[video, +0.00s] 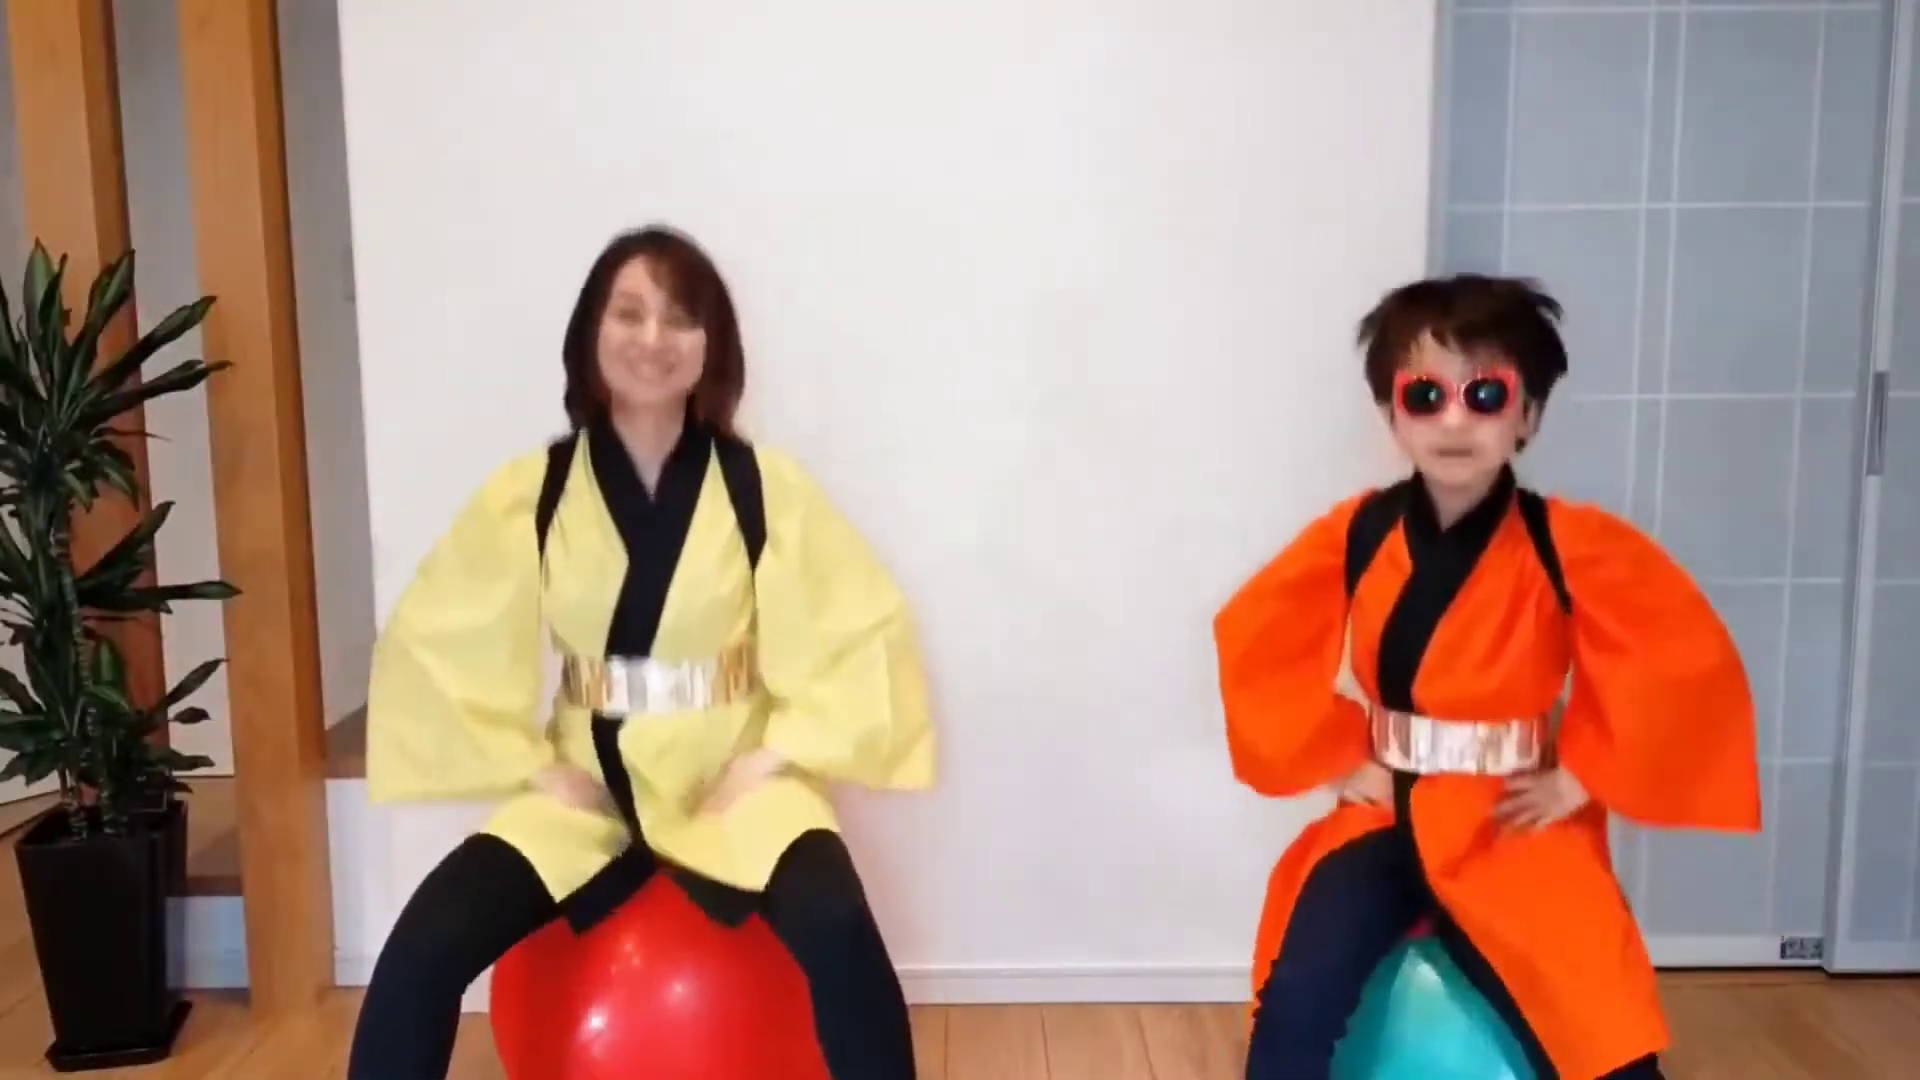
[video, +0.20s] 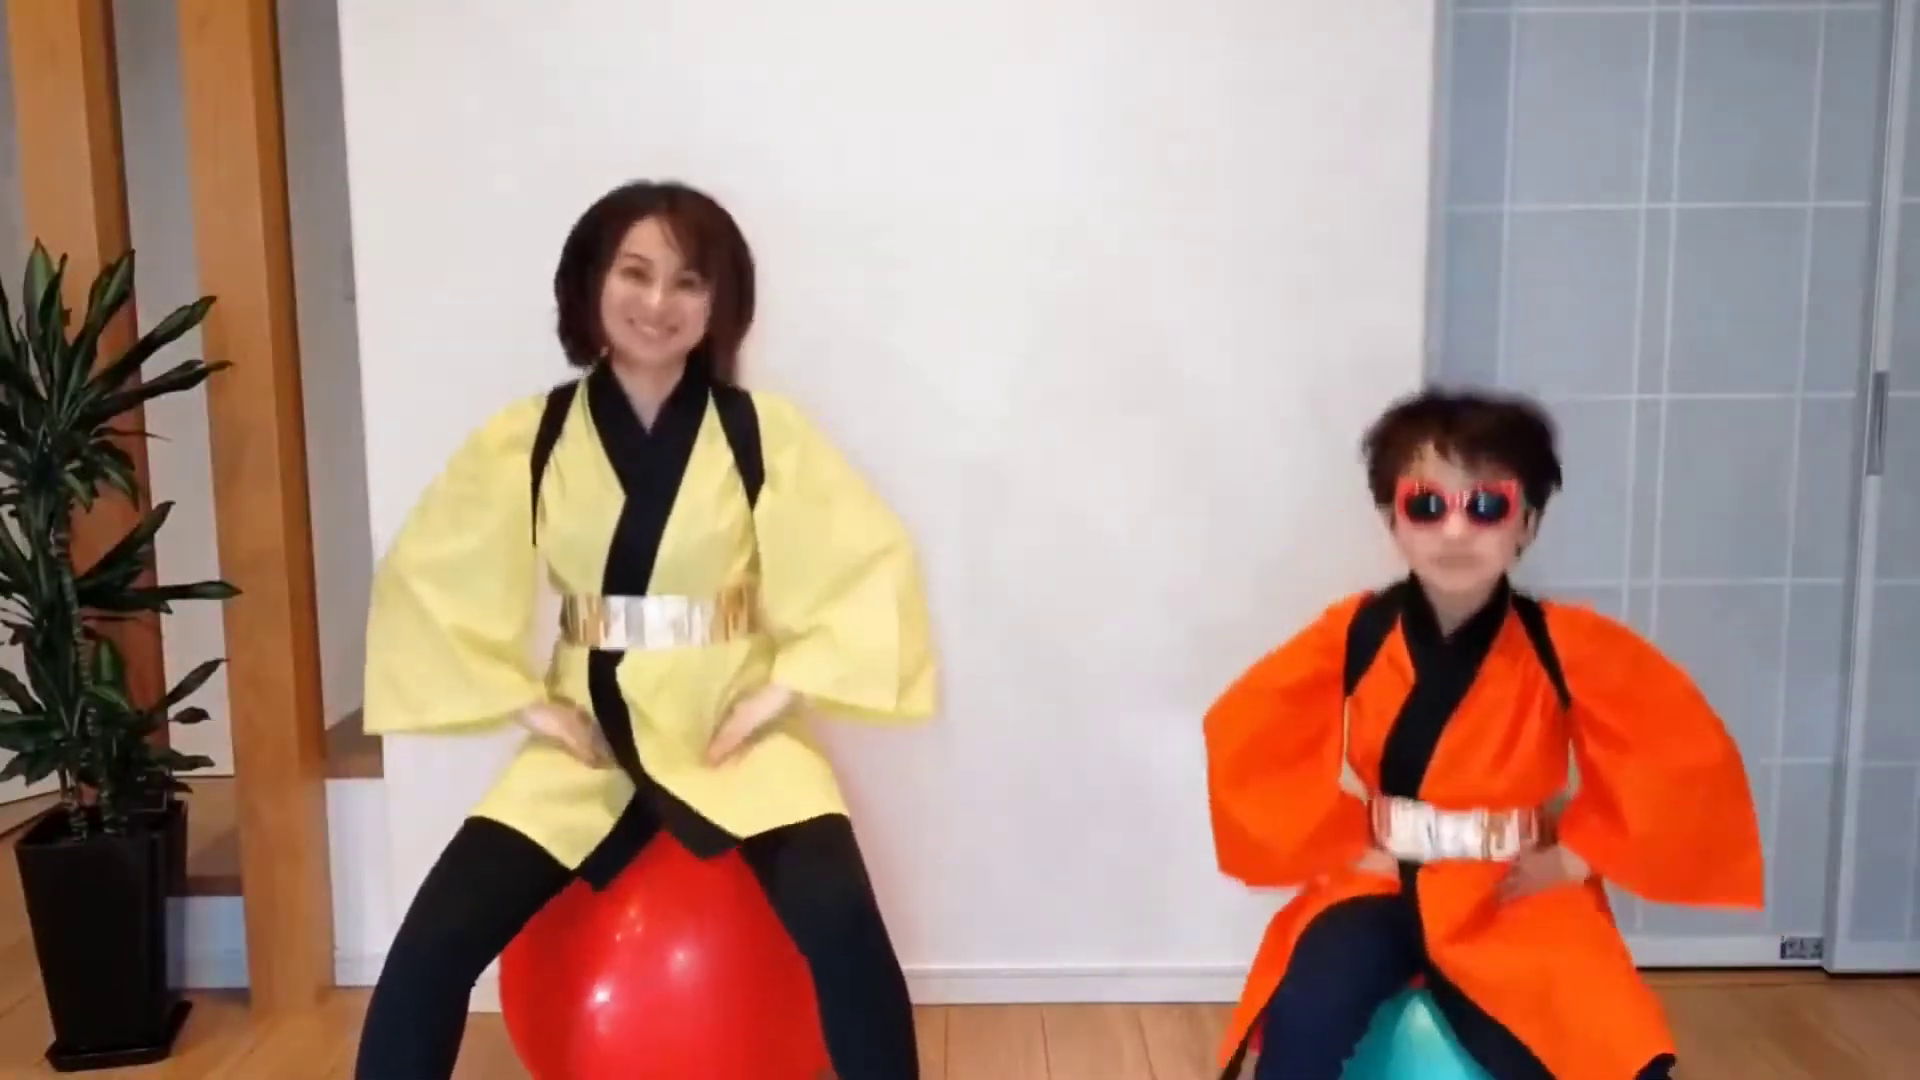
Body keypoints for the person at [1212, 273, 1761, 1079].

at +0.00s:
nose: (1453, 419)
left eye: (1485, 394)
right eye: (1424, 394)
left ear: (1526, 417)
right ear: (1390, 414)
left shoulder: (1568, 541)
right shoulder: (1357, 534)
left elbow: (1687, 659)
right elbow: (1250, 638)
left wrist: (1581, 774)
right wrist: (1339, 752)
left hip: (1521, 828)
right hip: (1384, 817)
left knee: (1615, 1032)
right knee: (1298, 998)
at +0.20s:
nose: (1455, 530)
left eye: (1486, 506)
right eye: (1426, 506)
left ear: (1525, 522)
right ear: (1392, 521)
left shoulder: (1565, 645)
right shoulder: (1357, 633)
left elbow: (1690, 762)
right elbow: (1241, 730)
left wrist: (1573, 856)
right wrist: (1343, 818)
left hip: (1512, 902)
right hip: (1377, 889)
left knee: (1618, 1054)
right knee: (1303, 1010)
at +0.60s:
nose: (1467, 441)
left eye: (1500, 416)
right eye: (1438, 414)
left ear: (1536, 429)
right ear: (1399, 424)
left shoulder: (1573, 549)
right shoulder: (1359, 538)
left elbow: (1693, 667)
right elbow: (1242, 642)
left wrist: (1589, 776)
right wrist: (1341, 756)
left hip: (1522, 823)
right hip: (1384, 816)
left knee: (1633, 1032)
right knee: (1281, 1001)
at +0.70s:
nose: (1466, 513)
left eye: (1497, 490)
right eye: (1438, 487)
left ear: (1531, 506)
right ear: (1397, 500)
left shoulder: (1567, 623)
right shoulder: (1361, 606)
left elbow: (1684, 745)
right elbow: (1240, 705)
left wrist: (1571, 844)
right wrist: (1342, 814)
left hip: (1513, 884)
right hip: (1380, 871)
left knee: (1621, 1040)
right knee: (1308, 970)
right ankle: (1275, 1066)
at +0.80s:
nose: (1468, 570)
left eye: (1499, 547)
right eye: (1439, 546)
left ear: (1535, 566)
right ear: (1401, 563)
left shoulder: (1565, 686)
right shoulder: (1362, 663)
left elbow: (1682, 808)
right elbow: (1243, 755)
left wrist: (1553, 894)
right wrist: (1335, 863)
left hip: (1509, 933)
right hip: (1377, 919)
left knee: (1619, 1053)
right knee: (1325, 974)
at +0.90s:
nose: (1472, 516)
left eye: (1505, 491)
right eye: (1442, 490)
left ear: (1542, 518)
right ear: (1406, 511)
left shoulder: (1568, 641)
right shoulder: (1365, 615)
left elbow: (1684, 772)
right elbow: (1243, 707)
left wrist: (1559, 860)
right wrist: (1331, 838)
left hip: (1507, 894)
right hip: (1373, 881)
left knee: (1603, 1035)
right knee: (1320, 962)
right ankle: (1281, 1066)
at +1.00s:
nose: (1473, 441)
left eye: (1508, 418)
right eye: (1444, 415)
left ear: (1547, 443)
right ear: (1406, 431)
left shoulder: (1574, 567)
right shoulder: (1363, 543)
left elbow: (1685, 700)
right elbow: (1247, 646)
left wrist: (1566, 802)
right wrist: (1334, 772)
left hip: (1505, 840)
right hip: (1369, 827)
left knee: (1606, 1029)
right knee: (1296, 982)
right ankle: (1280, 1069)